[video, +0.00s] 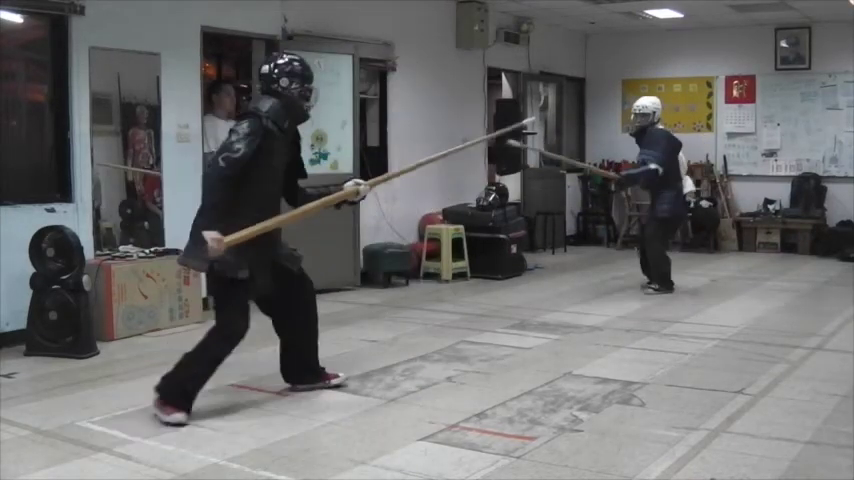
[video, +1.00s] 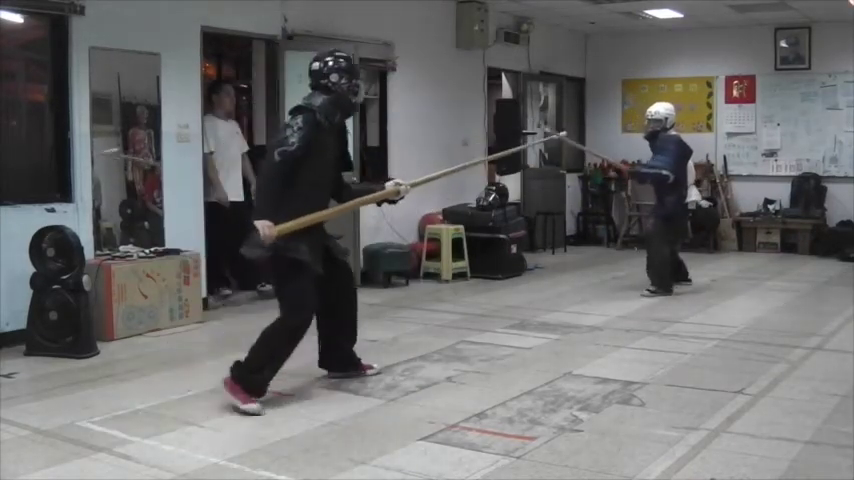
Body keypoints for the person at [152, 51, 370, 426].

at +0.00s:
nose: (307, 94)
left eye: (308, 88)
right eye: (301, 86)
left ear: (300, 90)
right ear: (280, 85)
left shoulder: (287, 133)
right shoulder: (255, 125)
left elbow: (296, 196)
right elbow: (219, 169)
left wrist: (339, 195)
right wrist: (210, 226)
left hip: (261, 241)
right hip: (227, 241)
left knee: (297, 295)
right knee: (232, 324)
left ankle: (303, 373)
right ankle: (172, 396)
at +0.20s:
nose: (308, 86)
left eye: (308, 78)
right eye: (302, 78)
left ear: (295, 79)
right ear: (282, 77)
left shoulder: (289, 128)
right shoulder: (256, 119)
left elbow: (297, 187)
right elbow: (218, 162)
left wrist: (342, 187)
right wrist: (212, 220)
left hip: (263, 238)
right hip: (230, 240)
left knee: (296, 291)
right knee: (253, 319)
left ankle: (302, 372)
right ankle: (206, 395)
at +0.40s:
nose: (307, 84)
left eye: (307, 76)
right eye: (300, 76)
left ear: (294, 77)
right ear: (279, 76)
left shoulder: (286, 124)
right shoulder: (250, 120)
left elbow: (292, 185)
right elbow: (211, 163)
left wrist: (336, 188)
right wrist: (206, 219)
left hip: (262, 235)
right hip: (229, 238)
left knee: (295, 292)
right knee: (248, 319)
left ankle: (302, 372)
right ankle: (205, 396)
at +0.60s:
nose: (309, 82)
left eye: (309, 74)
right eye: (302, 74)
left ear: (293, 75)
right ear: (282, 75)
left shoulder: (288, 122)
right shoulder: (254, 118)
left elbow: (292, 186)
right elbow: (217, 163)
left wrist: (338, 188)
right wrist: (212, 218)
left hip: (271, 233)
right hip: (237, 236)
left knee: (311, 283)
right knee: (250, 324)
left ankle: (312, 360)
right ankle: (205, 396)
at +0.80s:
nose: (330, 90)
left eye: (330, 83)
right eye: (323, 83)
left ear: (314, 86)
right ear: (302, 84)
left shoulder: (311, 128)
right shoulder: (282, 126)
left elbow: (318, 188)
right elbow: (247, 169)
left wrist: (360, 191)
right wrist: (239, 220)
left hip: (291, 237)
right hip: (260, 240)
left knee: (321, 293)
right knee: (260, 327)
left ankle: (335, 361)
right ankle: (210, 395)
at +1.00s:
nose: (357, 87)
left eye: (357, 80)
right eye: (351, 80)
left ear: (335, 82)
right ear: (331, 81)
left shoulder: (334, 125)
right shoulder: (307, 118)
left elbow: (338, 190)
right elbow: (275, 164)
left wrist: (380, 191)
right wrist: (263, 214)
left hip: (312, 230)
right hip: (284, 231)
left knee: (340, 282)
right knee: (300, 309)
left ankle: (338, 360)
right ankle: (244, 381)